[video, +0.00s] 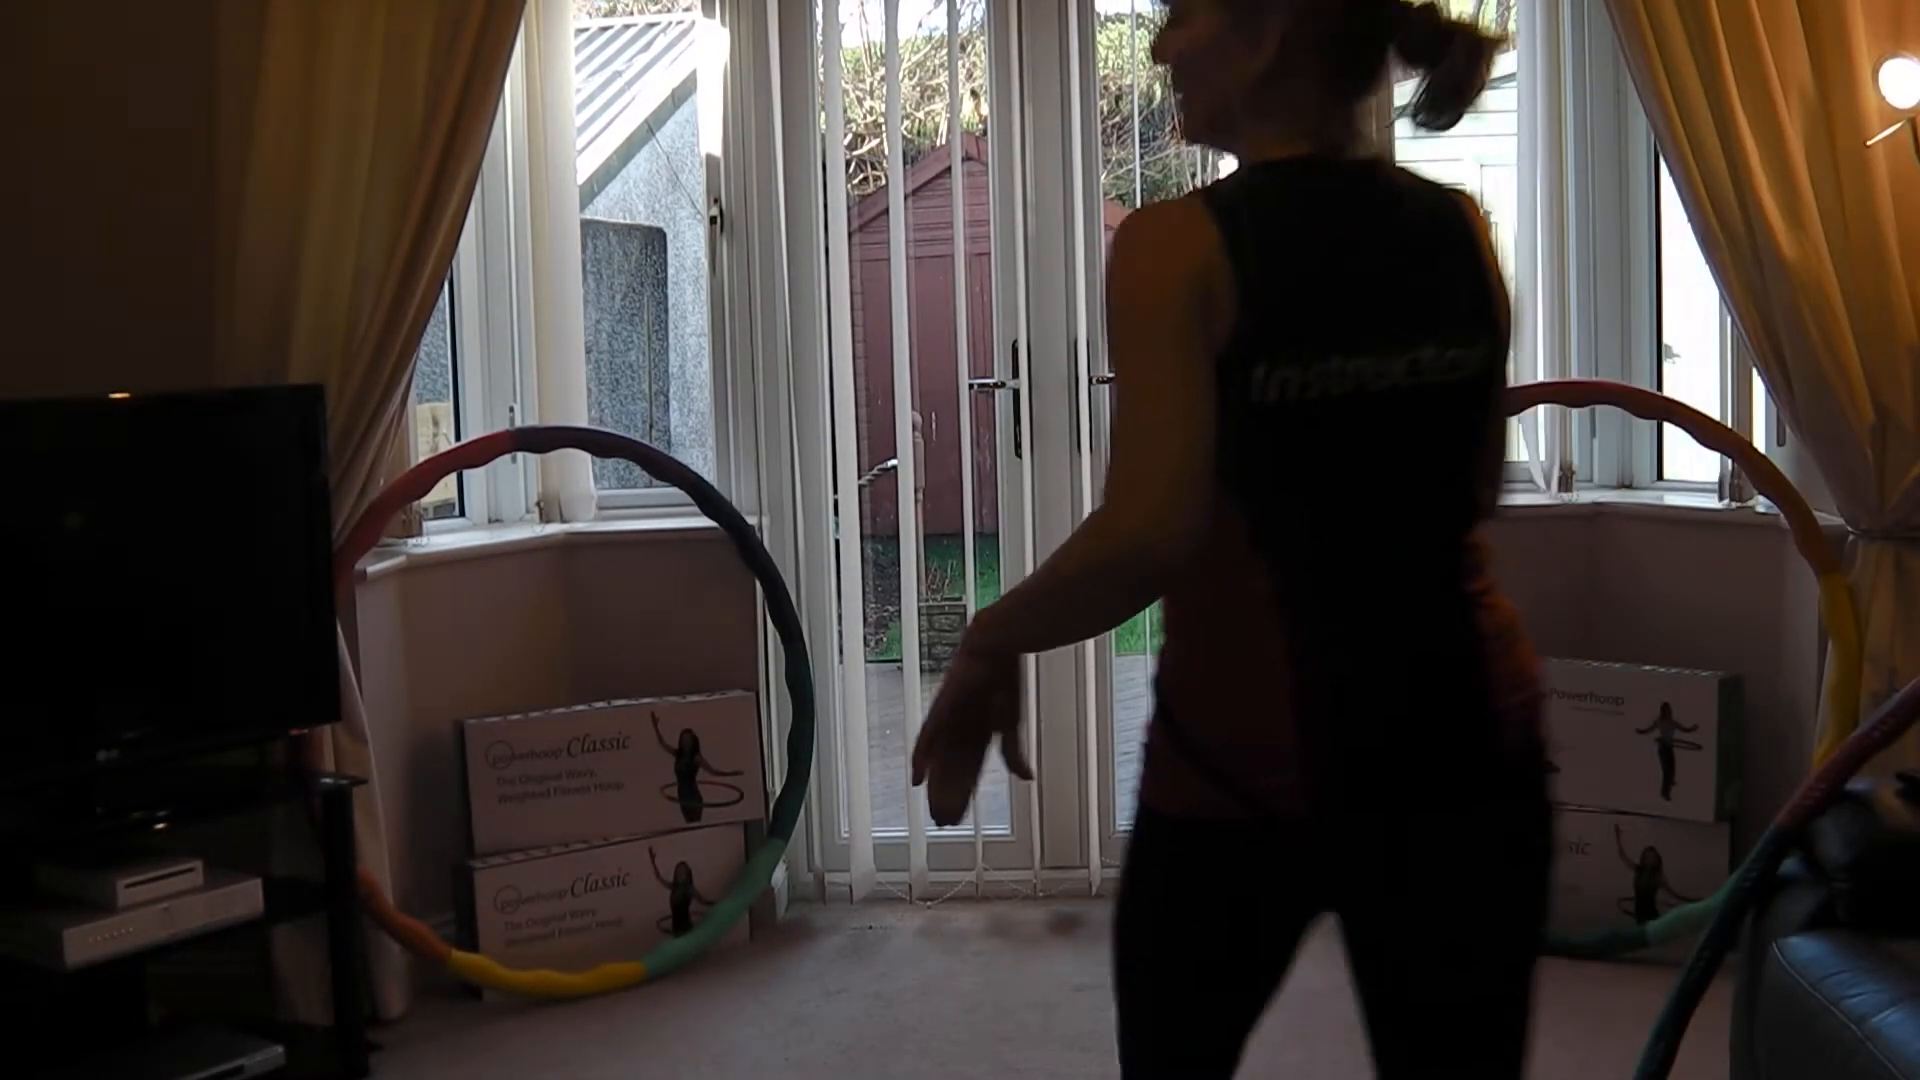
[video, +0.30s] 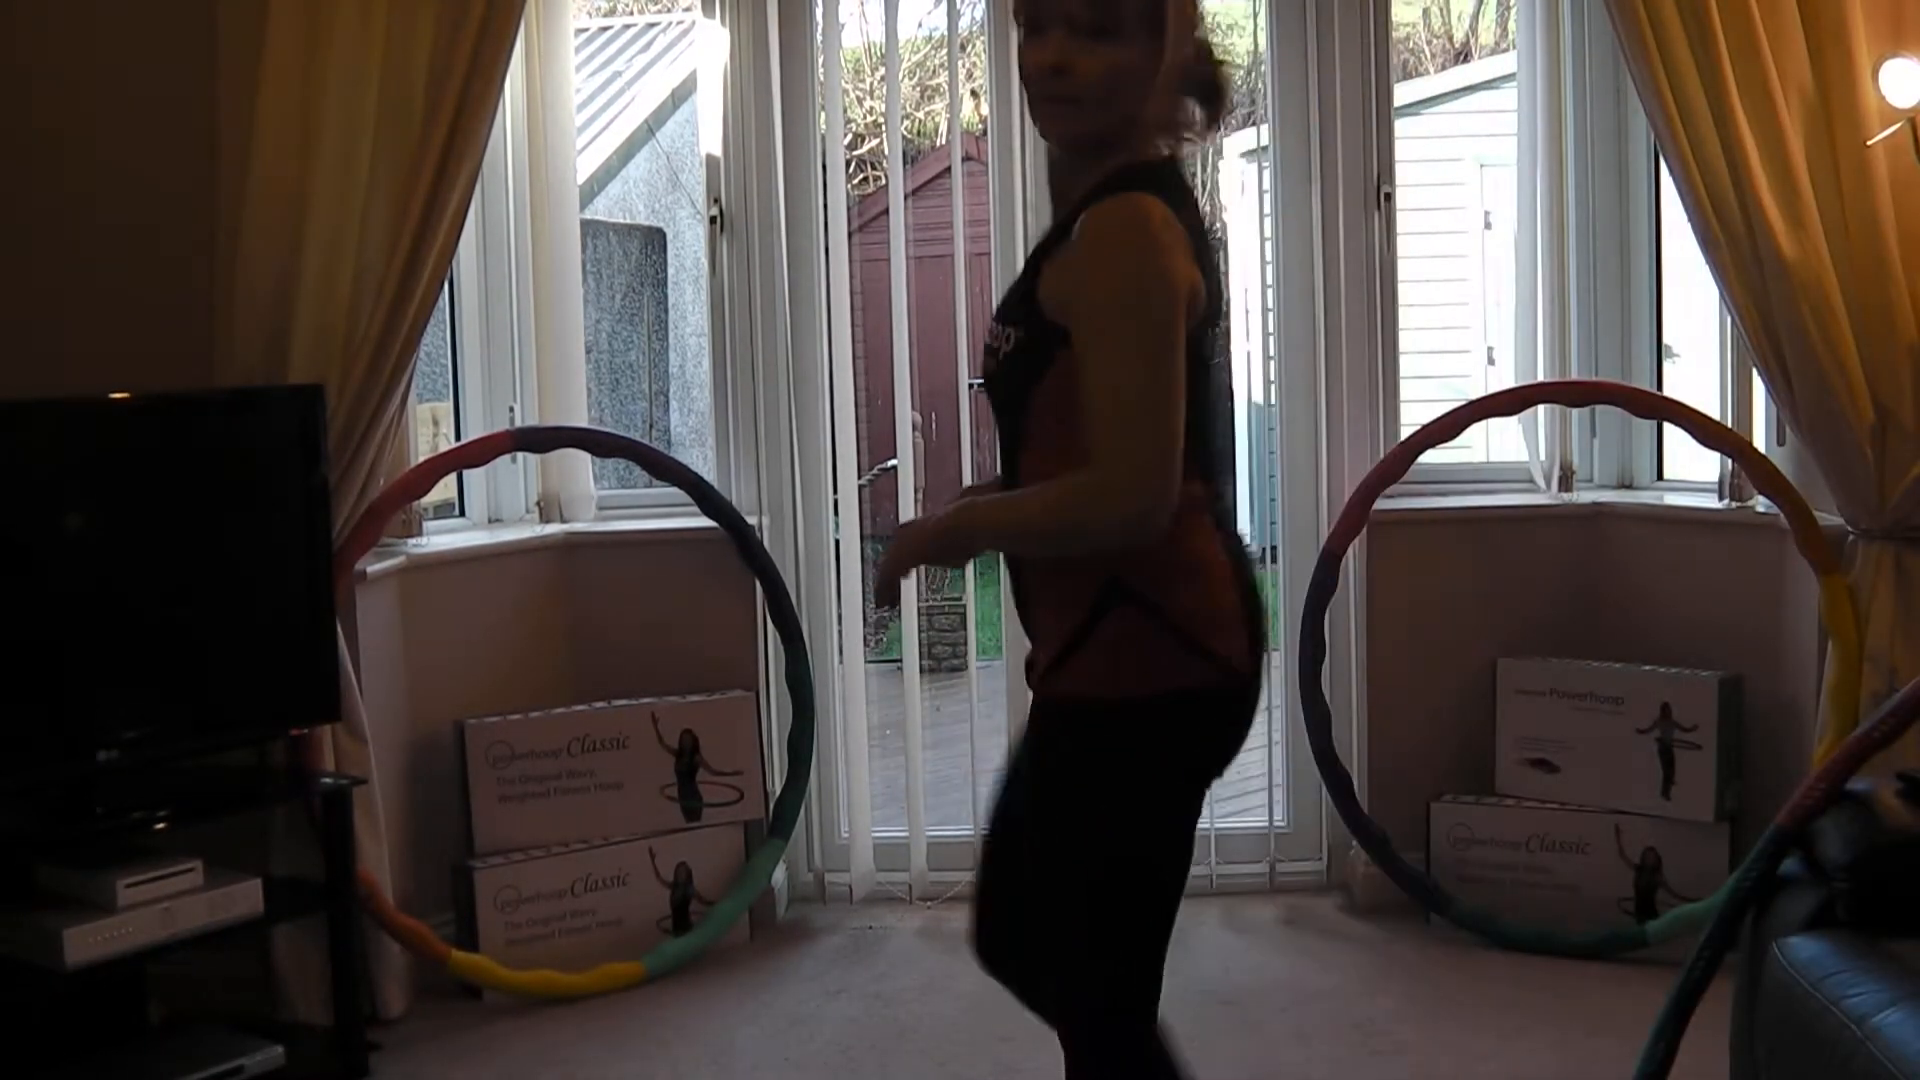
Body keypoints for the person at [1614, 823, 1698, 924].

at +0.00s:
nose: (1648, 859)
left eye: (1652, 856)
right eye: (1646, 856)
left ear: (1656, 859)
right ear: (1642, 858)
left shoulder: (1657, 876)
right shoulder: (1638, 870)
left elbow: (1673, 895)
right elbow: (1623, 856)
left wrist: (1692, 901)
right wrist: (1618, 837)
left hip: (1651, 909)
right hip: (1639, 909)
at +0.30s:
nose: (1649, 859)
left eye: (1652, 856)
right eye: (1647, 856)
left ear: (1657, 859)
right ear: (1642, 858)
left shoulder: (1657, 876)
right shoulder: (1638, 870)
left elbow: (1673, 894)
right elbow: (1622, 855)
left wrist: (1692, 901)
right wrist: (1618, 837)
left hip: (1651, 909)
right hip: (1639, 908)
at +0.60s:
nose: (1649, 859)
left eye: (1652, 856)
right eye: (1646, 856)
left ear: (1657, 859)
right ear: (1642, 858)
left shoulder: (1657, 876)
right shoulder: (1638, 870)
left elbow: (1673, 894)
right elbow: (1622, 855)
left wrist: (1693, 901)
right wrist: (1618, 836)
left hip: (1651, 910)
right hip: (1638, 909)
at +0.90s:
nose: (1649, 859)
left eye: (1652, 857)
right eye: (1646, 856)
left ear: (1657, 859)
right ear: (1642, 858)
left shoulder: (1657, 876)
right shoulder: (1639, 870)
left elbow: (1673, 894)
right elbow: (1622, 855)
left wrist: (1692, 901)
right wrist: (1618, 836)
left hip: (1651, 910)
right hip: (1638, 909)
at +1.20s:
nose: (1649, 859)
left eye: (1652, 856)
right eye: (1646, 856)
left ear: (1657, 859)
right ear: (1642, 858)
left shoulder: (1658, 876)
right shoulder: (1639, 870)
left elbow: (1673, 894)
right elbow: (1623, 856)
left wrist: (1691, 900)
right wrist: (1618, 838)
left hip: (1651, 910)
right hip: (1639, 909)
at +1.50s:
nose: (1648, 859)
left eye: (1651, 856)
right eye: (1646, 856)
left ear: (1657, 859)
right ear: (1642, 858)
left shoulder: (1658, 876)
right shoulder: (1639, 870)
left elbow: (1673, 894)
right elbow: (1623, 856)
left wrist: (1693, 900)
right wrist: (1618, 837)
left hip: (1651, 911)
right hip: (1639, 910)